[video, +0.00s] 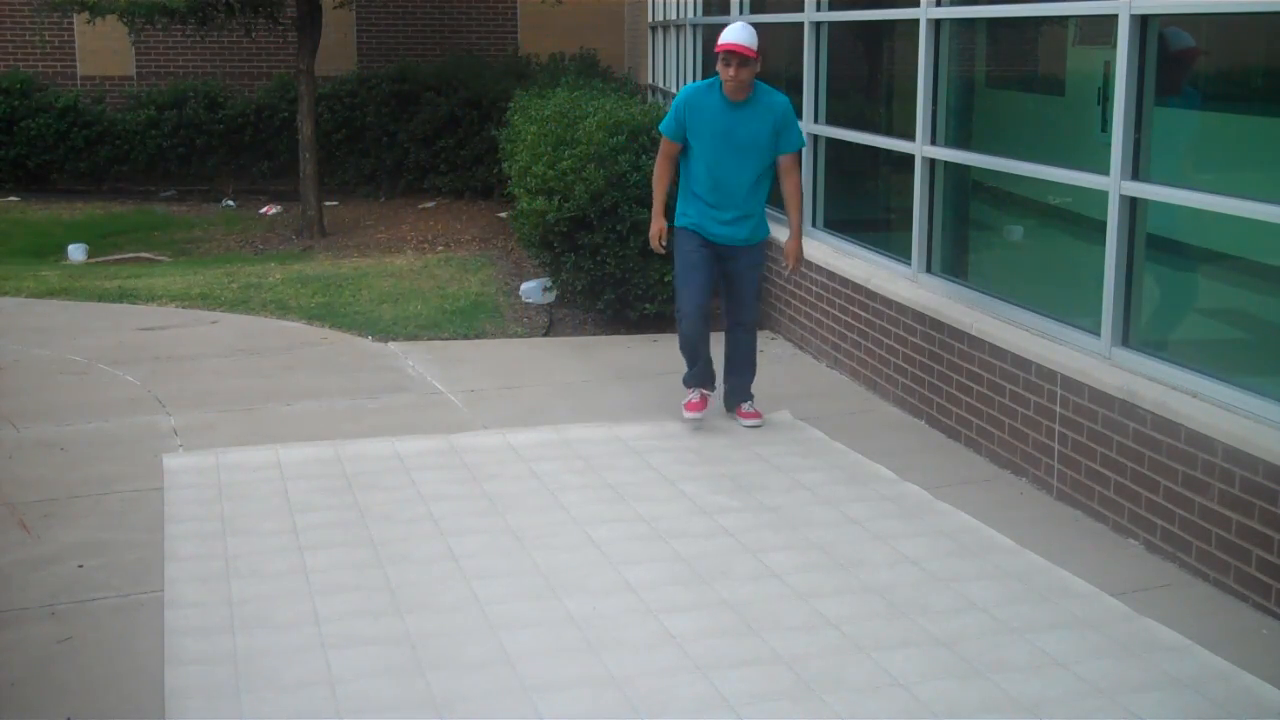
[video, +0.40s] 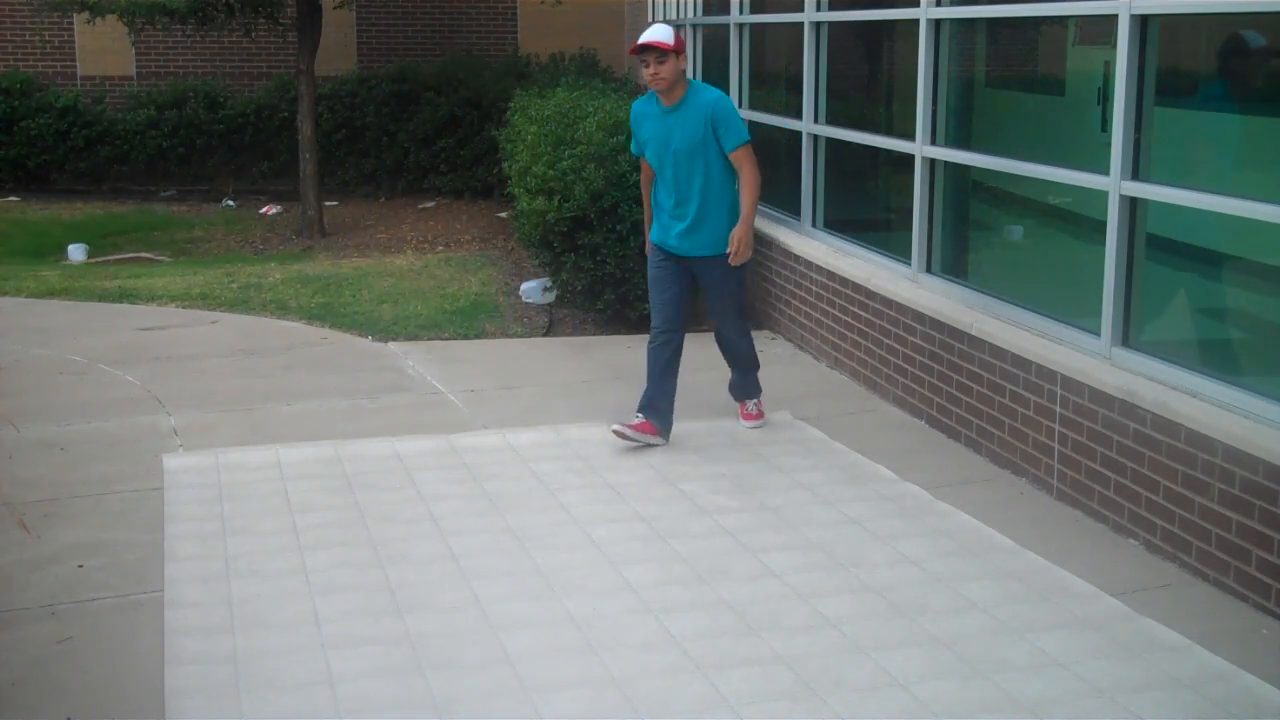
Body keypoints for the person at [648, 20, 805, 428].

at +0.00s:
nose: (732, 72)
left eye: (741, 64)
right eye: (725, 63)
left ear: (756, 65)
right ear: (716, 63)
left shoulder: (778, 108)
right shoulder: (691, 99)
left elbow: (789, 173)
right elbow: (666, 157)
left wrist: (795, 234)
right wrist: (657, 215)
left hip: (747, 231)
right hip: (694, 226)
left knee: (743, 319)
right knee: (690, 314)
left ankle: (739, 397)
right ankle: (699, 386)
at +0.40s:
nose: (652, 67)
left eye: (661, 58)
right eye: (646, 61)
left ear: (681, 60)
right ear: (641, 66)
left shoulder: (713, 103)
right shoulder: (641, 111)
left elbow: (748, 168)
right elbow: (648, 173)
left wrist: (745, 224)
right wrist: (649, 228)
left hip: (717, 240)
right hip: (666, 240)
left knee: (730, 328)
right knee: (663, 331)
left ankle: (748, 394)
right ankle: (654, 419)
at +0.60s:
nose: (605, 64)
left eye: (614, 54)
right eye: (599, 57)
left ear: (637, 54)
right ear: (595, 61)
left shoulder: (670, 96)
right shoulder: (606, 107)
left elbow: (706, 161)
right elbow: (612, 175)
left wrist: (718, 229)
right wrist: (610, 237)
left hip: (678, 237)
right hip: (632, 238)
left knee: (674, 327)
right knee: (643, 333)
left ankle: (734, 378)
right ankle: (650, 421)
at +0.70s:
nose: (588, 59)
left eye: (597, 49)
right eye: (582, 51)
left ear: (621, 50)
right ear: (578, 56)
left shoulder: (653, 95)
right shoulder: (591, 102)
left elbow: (692, 158)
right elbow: (593, 173)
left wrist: (703, 222)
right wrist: (579, 232)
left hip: (659, 232)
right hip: (617, 234)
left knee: (631, 322)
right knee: (632, 325)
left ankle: (686, 403)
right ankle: (647, 419)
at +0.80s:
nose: (569, 60)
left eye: (578, 51)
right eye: (563, 52)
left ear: (603, 51)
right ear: (559, 57)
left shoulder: (633, 96)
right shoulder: (574, 103)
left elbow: (677, 156)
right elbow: (572, 171)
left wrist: (685, 221)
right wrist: (548, 222)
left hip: (636, 232)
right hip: (607, 233)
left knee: (595, 323)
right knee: (632, 329)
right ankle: (650, 423)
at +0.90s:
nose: (547, 65)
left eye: (557, 55)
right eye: (543, 56)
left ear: (583, 57)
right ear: (539, 61)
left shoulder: (612, 100)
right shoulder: (555, 106)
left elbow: (660, 159)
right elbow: (550, 172)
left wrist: (659, 227)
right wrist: (523, 215)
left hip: (614, 240)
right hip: (586, 240)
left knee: (570, 334)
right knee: (623, 335)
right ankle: (650, 424)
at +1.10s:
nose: (496, 68)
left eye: (507, 60)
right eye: (494, 59)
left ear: (535, 64)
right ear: (494, 61)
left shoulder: (561, 109)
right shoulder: (506, 103)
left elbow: (611, 169)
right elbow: (519, 165)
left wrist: (601, 236)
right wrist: (505, 211)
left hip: (554, 250)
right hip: (524, 247)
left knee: (520, 344)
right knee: (555, 341)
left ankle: (499, 447)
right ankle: (620, 404)